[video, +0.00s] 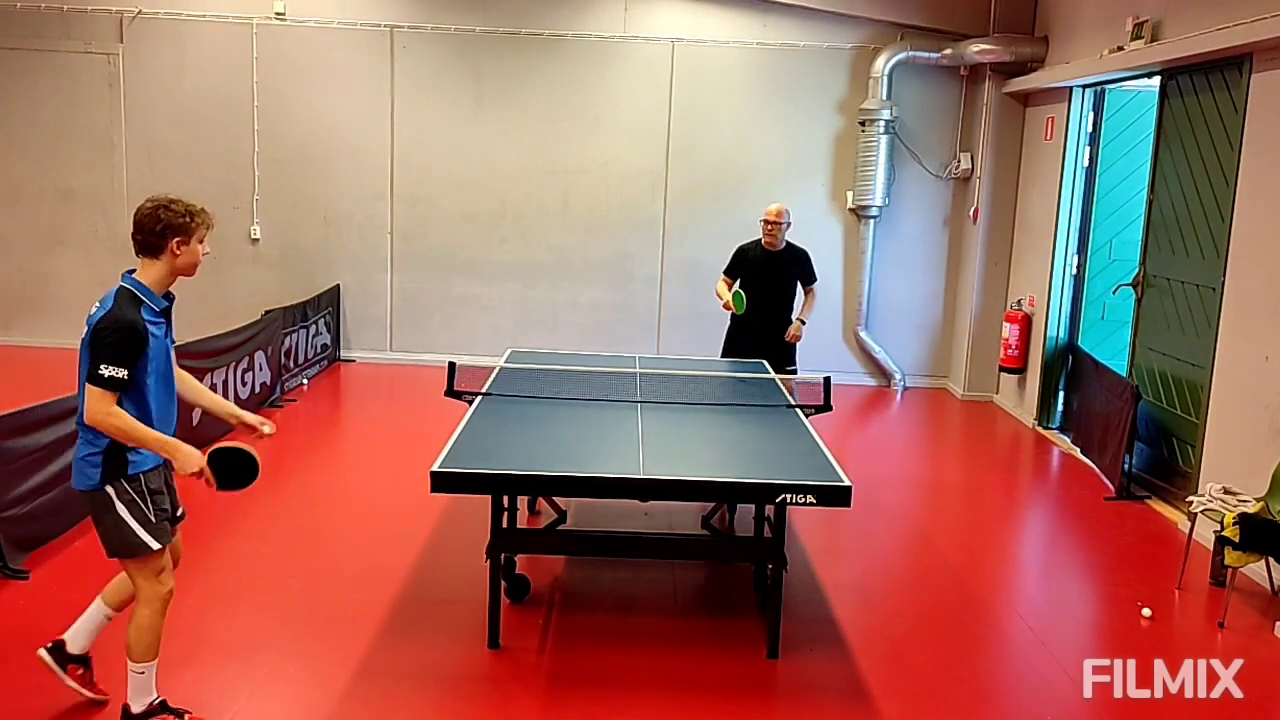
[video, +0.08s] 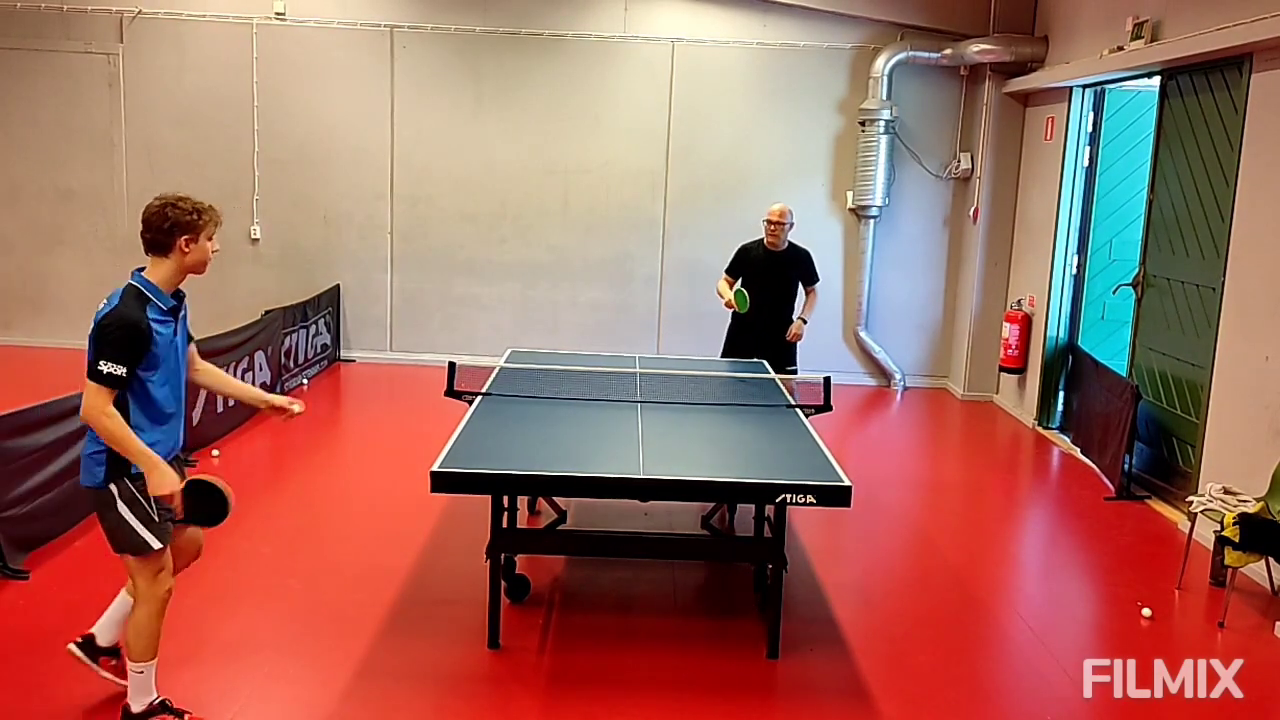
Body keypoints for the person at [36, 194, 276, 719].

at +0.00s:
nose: (205, 253)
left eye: (204, 244)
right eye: (201, 244)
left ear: (168, 247)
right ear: (176, 248)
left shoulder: (157, 300)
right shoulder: (121, 318)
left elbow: (168, 374)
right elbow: (97, 412)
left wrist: (234, 414)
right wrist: (174, 449)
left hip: (147, 461)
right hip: (117, 472)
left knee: (167, 558)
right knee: (155, 585)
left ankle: (71, 647)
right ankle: (142, 706)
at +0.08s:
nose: (215, 248)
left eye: (213, 239)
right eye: (209, 239)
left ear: (177, 244)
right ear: (183, 244)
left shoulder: (172, 300)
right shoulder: (126, 317)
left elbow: (192, 367)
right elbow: (95, 409)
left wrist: (263, 398)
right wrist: (155, 466)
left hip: (156, 462)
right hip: (121, 472)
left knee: (186, 546)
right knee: (155, 582)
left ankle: (101, 638)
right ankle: (142, 705)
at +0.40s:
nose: (269, 255)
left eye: (269, 245)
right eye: (265, 246)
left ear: (233, 248)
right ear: (238, 248)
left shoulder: (242, 309)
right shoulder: (168, 307)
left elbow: (290, 361)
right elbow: (105, 372)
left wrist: (364, 374)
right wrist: (94, 438)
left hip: (200, 456)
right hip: (156, 462)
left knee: (216, 549)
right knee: (167, 581)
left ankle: (207, 650)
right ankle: (143, 703)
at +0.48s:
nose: (278, 255)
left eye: (278, 245)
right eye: (274, 245)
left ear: (245, 247)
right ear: (248, 248)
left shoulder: (247, 309)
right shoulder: (181, 307)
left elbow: (289, 365)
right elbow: (139, 381)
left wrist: (357, 386)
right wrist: (159, 442)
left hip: (205, 457)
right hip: (164, 463)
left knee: (219, 546)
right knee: (169, 578)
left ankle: (207, 650)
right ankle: (145, 701)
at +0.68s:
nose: (290, 249)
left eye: (290, 240)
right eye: (286, 239)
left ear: (253, 242)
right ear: (262, 243)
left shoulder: (238, 296)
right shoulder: (221, 301)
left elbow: (227, 380)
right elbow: (265, 381)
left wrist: (281, 368)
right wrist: (342, 363)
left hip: (206, 444)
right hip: (171, 451)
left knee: (221, 543)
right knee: (176, 574)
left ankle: (207, 650)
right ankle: (145, 698)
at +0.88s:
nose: (283, 245)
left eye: (282, 235)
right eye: (280, 236)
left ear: (233, 239)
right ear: (261, 239)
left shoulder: (205, 287)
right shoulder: (244, 298)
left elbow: (207, 357)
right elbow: (311, 345)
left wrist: (266, 369)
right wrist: (348, 302)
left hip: (191, 446)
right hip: (192, 453)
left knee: (215, 547)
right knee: (199, 579)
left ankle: (206, 650)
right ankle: (144, 701)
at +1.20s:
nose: (288, 268)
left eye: (286, 259)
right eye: (285, 259)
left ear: (232, 263)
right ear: (269, 267)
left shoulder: (191, 305)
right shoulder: (252, 331)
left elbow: (149, 363)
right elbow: (298, 403)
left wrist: (215, 382)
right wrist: (344, 364)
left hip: (150, 471)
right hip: (187, 480)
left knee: (188, 563)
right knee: (231, 599)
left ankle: (195, 653)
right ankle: (202, 715)